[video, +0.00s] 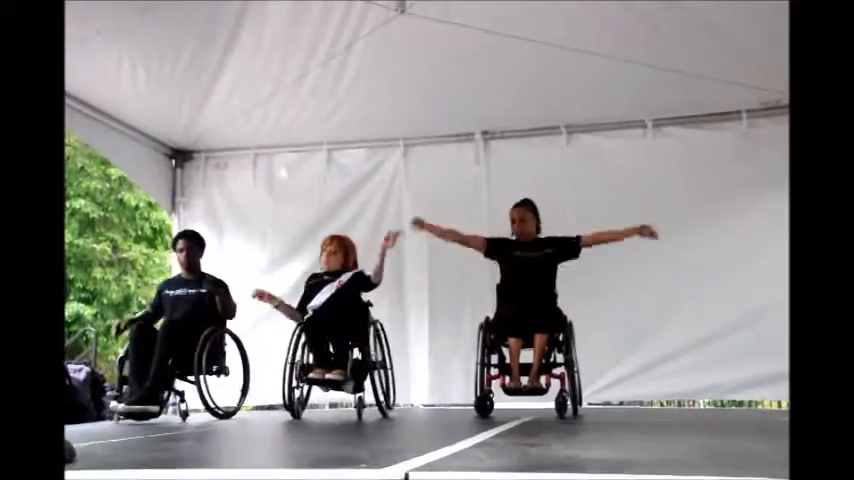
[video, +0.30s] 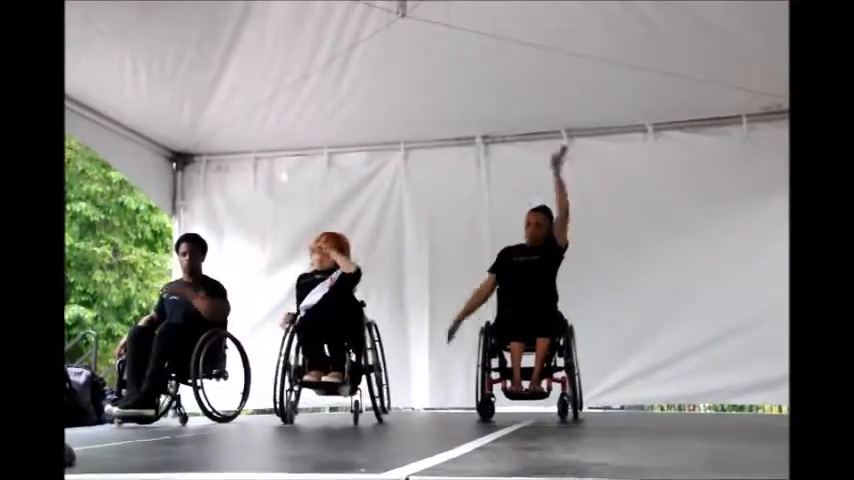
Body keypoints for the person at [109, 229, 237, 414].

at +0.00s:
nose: (185, 256)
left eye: (190, 250)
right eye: (180, 251)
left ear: (200, 253)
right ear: (175, 255)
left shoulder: (214, 285)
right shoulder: (167, 287)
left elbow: (229, 314)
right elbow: (153, 313)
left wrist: (219, 292)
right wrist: (128, 322)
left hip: (205, 350)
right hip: (174, 348)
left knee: (169, 327)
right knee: (141, 329)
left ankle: (151, 397)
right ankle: (136, 397)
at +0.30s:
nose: (188, 259)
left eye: (194, 254)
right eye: (184, 254)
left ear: (203, 256)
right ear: (178, 257)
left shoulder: (214, 288)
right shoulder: (170, 289)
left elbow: (216, 314)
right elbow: (156, 318)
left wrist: (188, 292)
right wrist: (129, 338)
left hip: (205, 353)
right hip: (176, 351)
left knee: (167, 331)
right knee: (138, 333)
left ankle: (148, 400)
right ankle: (133, 397)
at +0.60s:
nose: (191, 261)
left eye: (196, 256)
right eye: (186, 257)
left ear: (202, 258)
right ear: (177, 260)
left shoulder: (216, 288)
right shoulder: (169, 292)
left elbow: (244, 310)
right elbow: (152, 319)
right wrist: (128, 344)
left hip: (205, 353)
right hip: (176, 352)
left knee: (162, 333)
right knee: (136, 335)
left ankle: (145, 401)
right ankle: (132, 399)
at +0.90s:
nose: (199, 261)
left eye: (202, 257)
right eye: (193, 256)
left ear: (207, 260)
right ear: (182, 260)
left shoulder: (219, 289)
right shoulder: (169, 293)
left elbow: (246, 300)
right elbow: (145, 322)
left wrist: (268, 296)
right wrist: (124, 349)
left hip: (209, 356)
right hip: (178, 355)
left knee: (168, 334)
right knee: (140, 335)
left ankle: (149, 403)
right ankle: (134, 401)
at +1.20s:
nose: (209, 264)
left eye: (214, 260)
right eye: (204, 259)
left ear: (219, 262)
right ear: (194, 260)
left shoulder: (230, 296)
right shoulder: (178, 291)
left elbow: (249, 326)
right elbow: (153, 319)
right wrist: (131, 349)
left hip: (214, 360)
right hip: (182, 356)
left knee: (175, 336)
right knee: (151, 336)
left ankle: (156, 402)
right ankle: (142, 400)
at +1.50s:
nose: (207, 267)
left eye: (212, 262)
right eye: (203, 262)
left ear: (222, 262)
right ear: (197, 262)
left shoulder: (233, 292)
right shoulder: (192, 287)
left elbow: (238, 324)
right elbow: (184, 314)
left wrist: (207, 317)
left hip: (218, 350)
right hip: (192, 346)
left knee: (174, 335)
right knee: (154, 335)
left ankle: (153, 399)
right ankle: (144, 398)